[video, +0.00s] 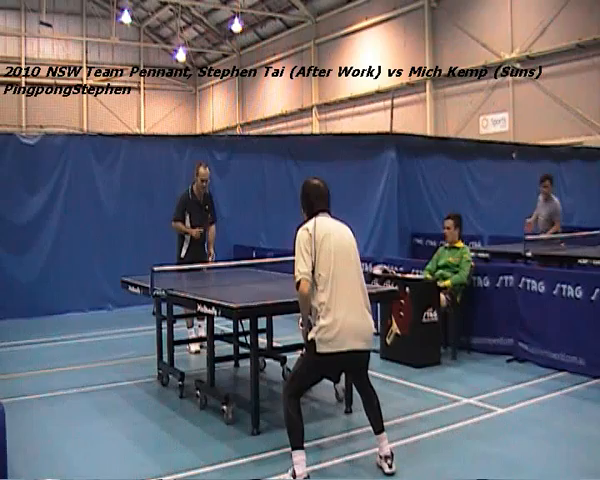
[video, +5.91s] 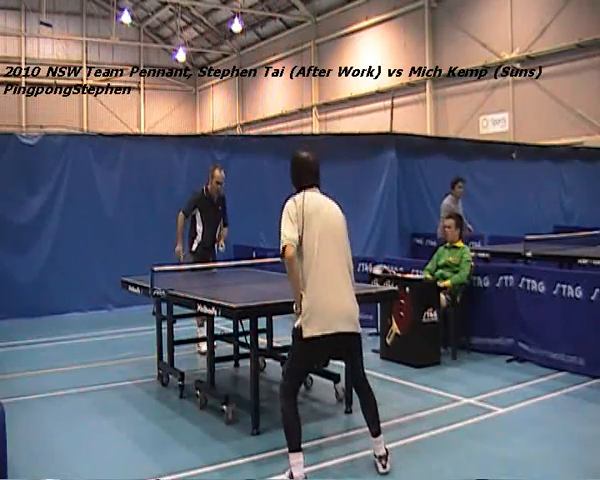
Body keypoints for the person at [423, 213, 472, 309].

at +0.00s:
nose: (445, 232)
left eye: (448, 228)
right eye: (444, 228)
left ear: (457, 230)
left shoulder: (464, 251)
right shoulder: (442, 249)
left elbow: (463, 276)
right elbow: (429, 268)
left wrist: (445, 283)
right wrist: (429, 277)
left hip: (452, 286)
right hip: (435, 282)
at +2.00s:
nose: (445, 232)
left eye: (448, 229)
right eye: (444, 229)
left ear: (457, 230)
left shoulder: (464, 251)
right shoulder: (442, 249)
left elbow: (463, 276)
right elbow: (429, 267)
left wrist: (445, 283)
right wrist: (428, 277)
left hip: (453, 284)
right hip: (436, 281)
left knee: (442, 298)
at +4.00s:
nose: (445, 232)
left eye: (448, 229)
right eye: (444, 229)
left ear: (457, 230)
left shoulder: (464, 251)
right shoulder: (442, 249)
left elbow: (463, 276)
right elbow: (430, 266)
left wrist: (447, 283)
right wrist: (428, 275)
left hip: (453, 284)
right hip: (435, 281)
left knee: (442, 298)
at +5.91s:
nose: (445, 230)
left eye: (449, 227)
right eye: (444, 227)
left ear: (458, 230)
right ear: (442, 229)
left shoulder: (465, 251)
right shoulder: (442, 249)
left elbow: (463, 276)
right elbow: (429, 268)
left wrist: (445, 283)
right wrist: (428, 277)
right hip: (436, 282)